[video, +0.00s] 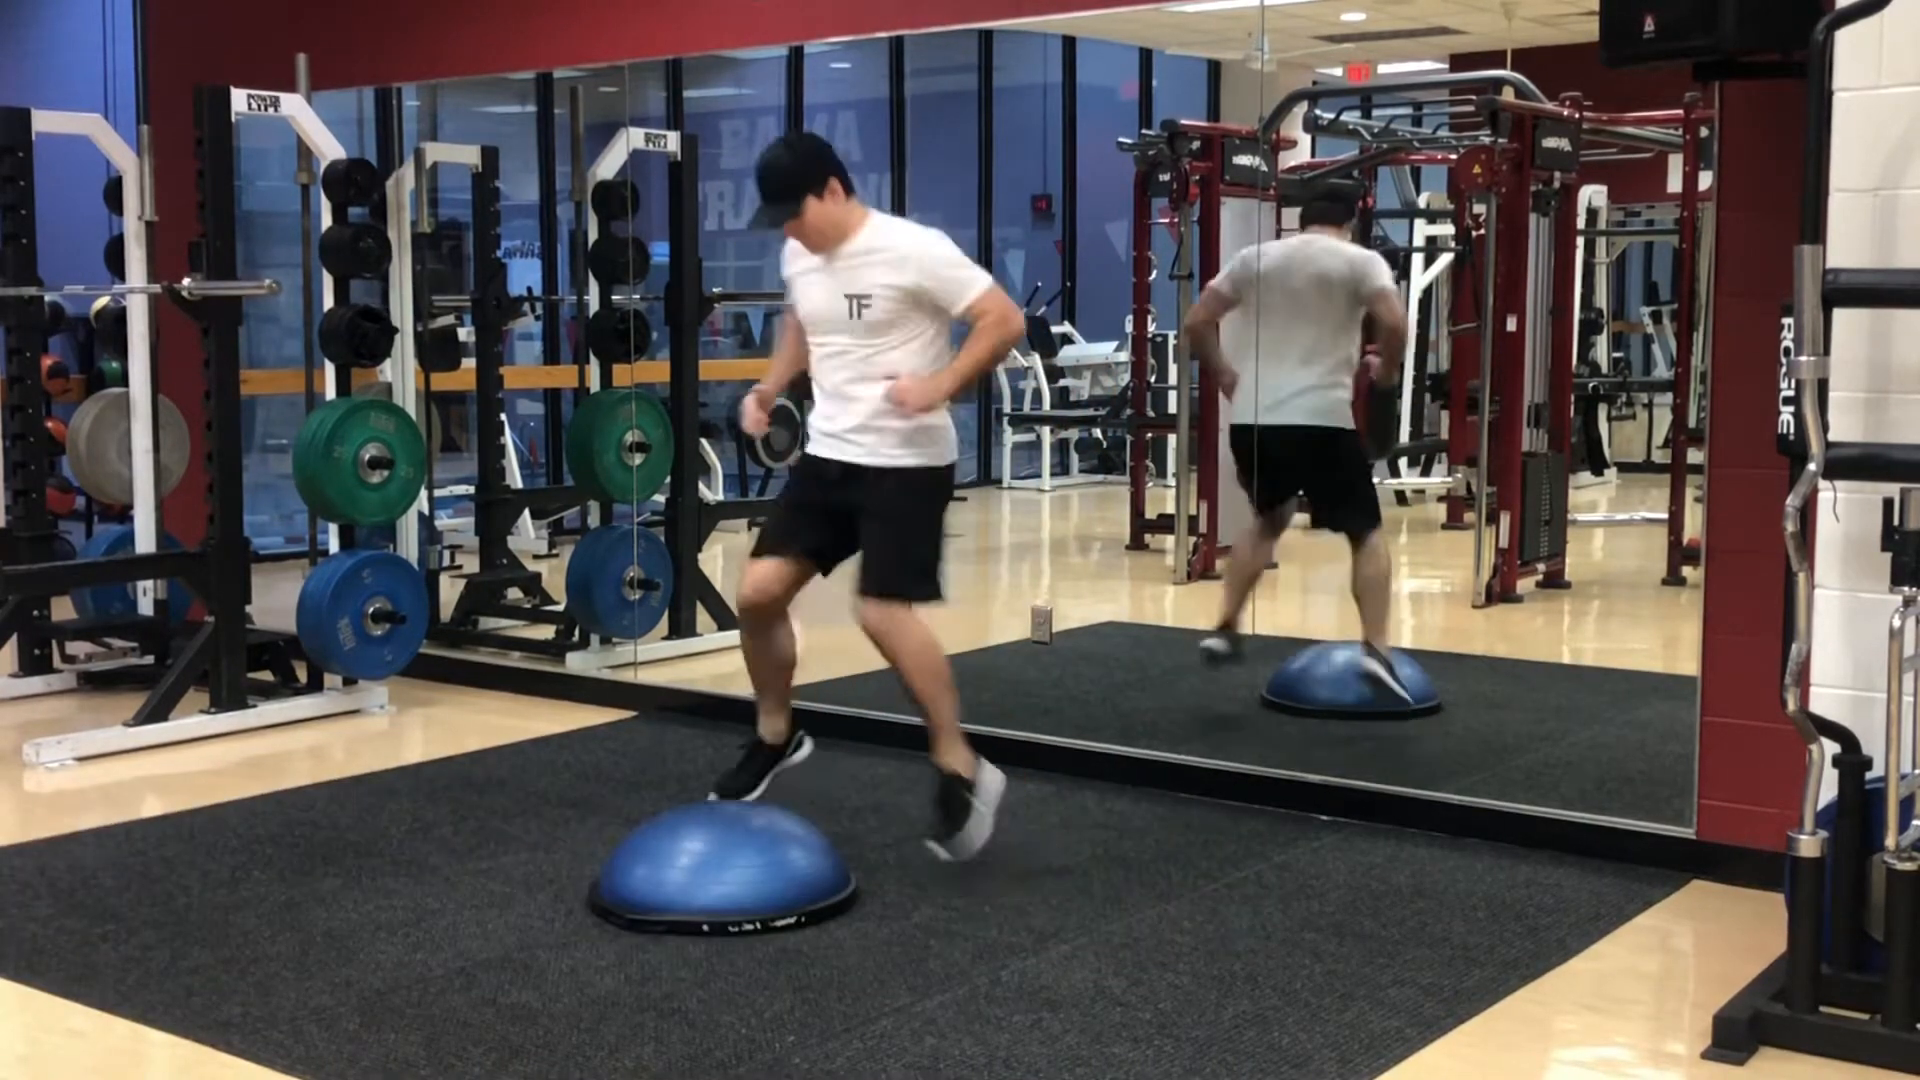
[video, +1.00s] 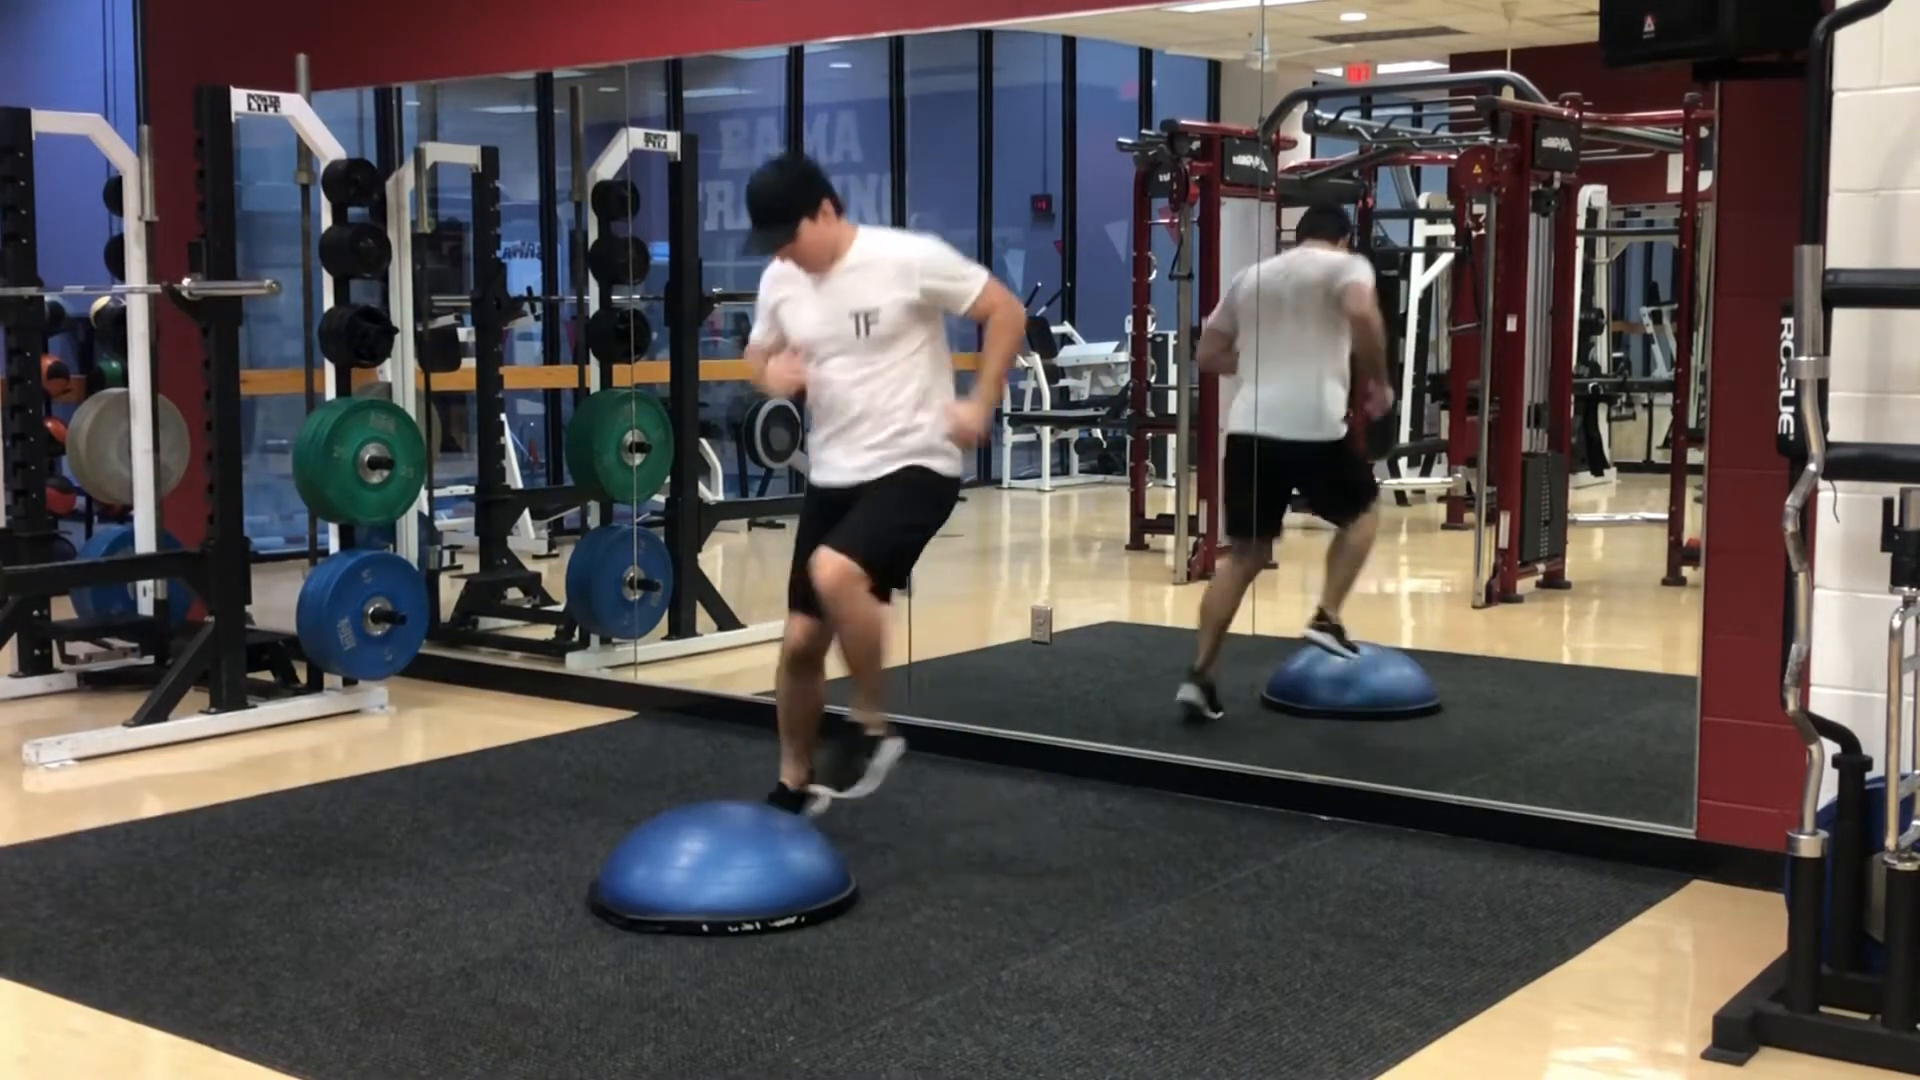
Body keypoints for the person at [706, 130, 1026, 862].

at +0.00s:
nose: (790, 234)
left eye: (794, 217)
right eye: (782, 223)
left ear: (832, 192)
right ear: (807, 203)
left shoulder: (916, 249)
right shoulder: (802, 260)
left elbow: (1006, 320)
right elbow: (802, 331)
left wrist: (943, 385)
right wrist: (769, 389)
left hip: (907, 466)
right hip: (829, 461)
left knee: (884, 610)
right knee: (759, 594)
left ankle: (960, 766)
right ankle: (775, 734)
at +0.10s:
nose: (772, 249)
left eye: (778, 232)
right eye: (765, 238)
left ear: (814, 205)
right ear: (762, 228)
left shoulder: (902, 258)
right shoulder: (773, 274)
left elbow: (989, 323)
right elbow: (762, 350)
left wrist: (940, 399)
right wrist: (726, 432)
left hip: (898, 459)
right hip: (816, 469)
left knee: (827, 565)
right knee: (773, 631)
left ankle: (876, 728)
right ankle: (760, 771)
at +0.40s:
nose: (776, 251)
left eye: (783, 236)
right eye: (768, 241)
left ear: (818, 210)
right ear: (763, 231)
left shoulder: (899, 264)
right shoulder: (769, 282)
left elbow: (981, 326)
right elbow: (756, 361)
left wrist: (938, 376)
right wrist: (746, 406)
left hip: (893, 472)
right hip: (809, 484)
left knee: (842, 592)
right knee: (779, 645)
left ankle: (899, 755)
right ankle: (770, 777)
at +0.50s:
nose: (789, 245)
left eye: (794, 228)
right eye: (782, 234)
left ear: (828, 199)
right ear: (787, 218)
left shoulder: (912, 253)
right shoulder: (794, 267)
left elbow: (1003, 312)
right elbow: (793, 339)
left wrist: (947, 374)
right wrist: (769, 398)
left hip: (912, 472)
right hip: (831, 470)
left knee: (891, 623)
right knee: (758, 600)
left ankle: (973, 795)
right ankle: (789, 740)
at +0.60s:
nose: (808, 270)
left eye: (812, 253)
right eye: (799, 259)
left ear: (847, 225)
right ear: (802, 246)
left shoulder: (925, 286)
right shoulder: (820, 295)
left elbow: (998, 375)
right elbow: (836, 385)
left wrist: (929, 429)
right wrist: (806, 442)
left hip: (933, 509)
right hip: (855, 500)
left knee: (946, 667)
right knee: (758, 567)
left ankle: (1019, 828)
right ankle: (805, 733)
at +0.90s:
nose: (799, 243)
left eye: (802, 227)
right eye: (791, 232)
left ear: (838, 197)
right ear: (814, 209)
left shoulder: (923, 247)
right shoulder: (810, 264)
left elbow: (1009, 319)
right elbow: (824, 350)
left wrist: (936, 373)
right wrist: (801, 360)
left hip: (919, 470)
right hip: (838, 467)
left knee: (894, 616)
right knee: (778, 609)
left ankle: (960, 766)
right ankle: (792, 748)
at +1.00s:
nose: (783, 254)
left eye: (789, 238)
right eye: (775, 244)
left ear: (826, 211)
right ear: (774, 235)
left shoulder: (909, 258)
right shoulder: (779, 279)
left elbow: (1007, 311)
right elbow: (760, 362)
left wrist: (982, 402)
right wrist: (774, 375)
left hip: (916, 462)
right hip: (834, 476)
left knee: (837, 571)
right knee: (801, 642)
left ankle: (872, 724)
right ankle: (794, 784)